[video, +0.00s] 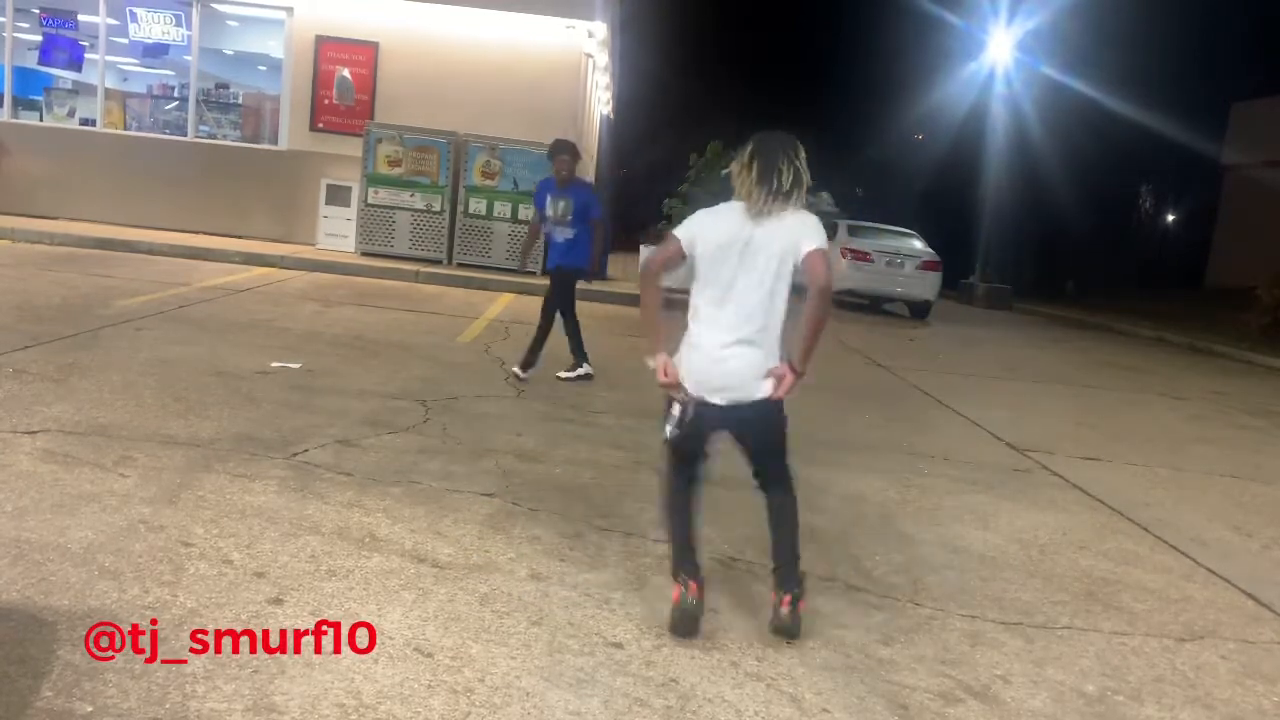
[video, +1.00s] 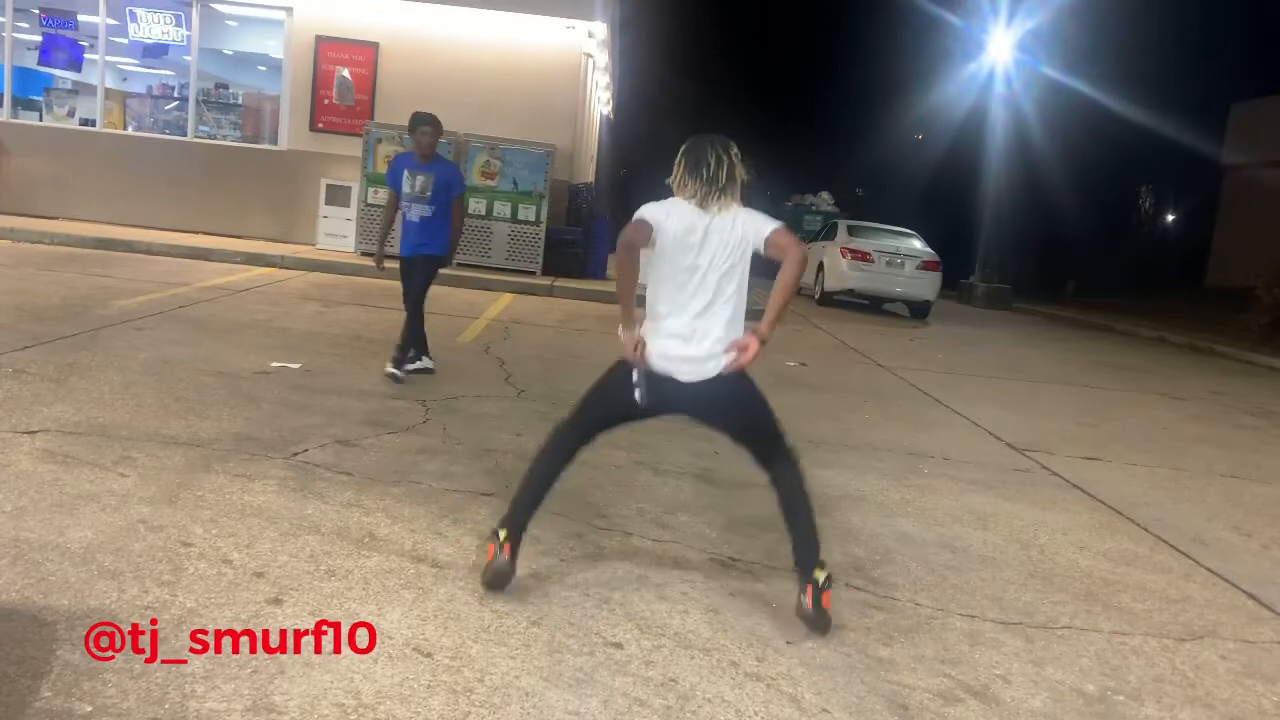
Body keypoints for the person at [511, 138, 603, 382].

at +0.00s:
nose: (564, 166)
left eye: (569, 162)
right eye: (559, 162)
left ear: (576, 164)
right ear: (552, 163)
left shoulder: (585, 191)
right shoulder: (544, 188)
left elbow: (598, 226)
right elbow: (537, 222)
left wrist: (595, 261)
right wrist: (524, 255)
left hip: (575, 259)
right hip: (554, 257)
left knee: (548, 308)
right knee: (568, 311)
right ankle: (581, 362)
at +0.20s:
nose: (543, 167)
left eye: (548, 162)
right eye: (539, 161)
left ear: (556, 165)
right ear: (531, 163)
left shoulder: (564, 195)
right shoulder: (521, 186)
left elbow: (570, 235)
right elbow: (514, 226)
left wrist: (566, 272)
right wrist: (504, 264)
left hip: (550, 262)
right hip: (527, 259)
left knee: (527, 308)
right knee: (527, 308)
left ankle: (516, 362)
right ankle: (563, 346)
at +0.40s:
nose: (516, 157)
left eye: (522, 152)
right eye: (512, 151)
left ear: (530, 154)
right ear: (504, 152)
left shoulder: (540, 184)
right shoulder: (494, 178)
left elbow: (550, 226)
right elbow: (490, 216)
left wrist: (536, 259)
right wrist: (478, 252)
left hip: (523, 256)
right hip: (497, 252)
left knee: (516, 306)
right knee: (480, 297)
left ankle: (515, 362)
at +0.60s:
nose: (482, 156)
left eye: (487, 151)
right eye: (477, 150)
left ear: (495, 153)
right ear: (469, 152)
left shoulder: (507, 184)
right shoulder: (460, 179)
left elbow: (518, 228)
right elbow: (455, 217)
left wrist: (511, 264)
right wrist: (449, 252)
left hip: (494, 261)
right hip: (466, 256)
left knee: (502, 311)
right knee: (443, 303)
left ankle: (513, 363)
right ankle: (426, 356)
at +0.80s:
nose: (450, 145)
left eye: (454, 140)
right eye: (445, 140)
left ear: (462, 143)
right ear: (436, 142)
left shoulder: (473, 176)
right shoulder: (427, 171)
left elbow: (485, 220)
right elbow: (424, 211)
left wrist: (483, 260)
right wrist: (413, 245)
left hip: (459, 253)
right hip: (432, 250)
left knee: (455, 303)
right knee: (422, 301)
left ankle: (480, 352)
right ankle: (423, 354)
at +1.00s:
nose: (428, 140)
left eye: (433, 135)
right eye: (423, 134)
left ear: (439, 138)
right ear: (412, 136)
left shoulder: (450, 170)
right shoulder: (400, 164)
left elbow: (458, 214)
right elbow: (391, 207)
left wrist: (451, 250)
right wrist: (381, 246)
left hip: (435, 246)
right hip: (408, 244)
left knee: (415, 301)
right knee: (411, 301)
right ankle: (422, 354)